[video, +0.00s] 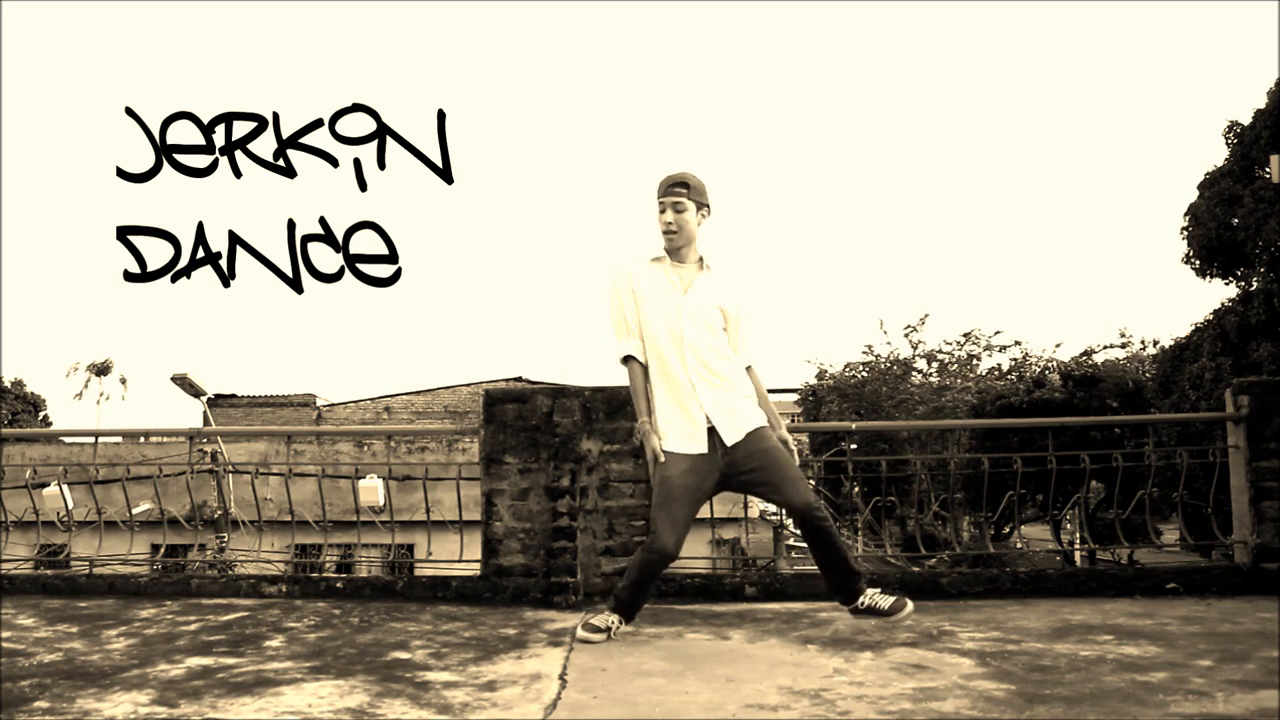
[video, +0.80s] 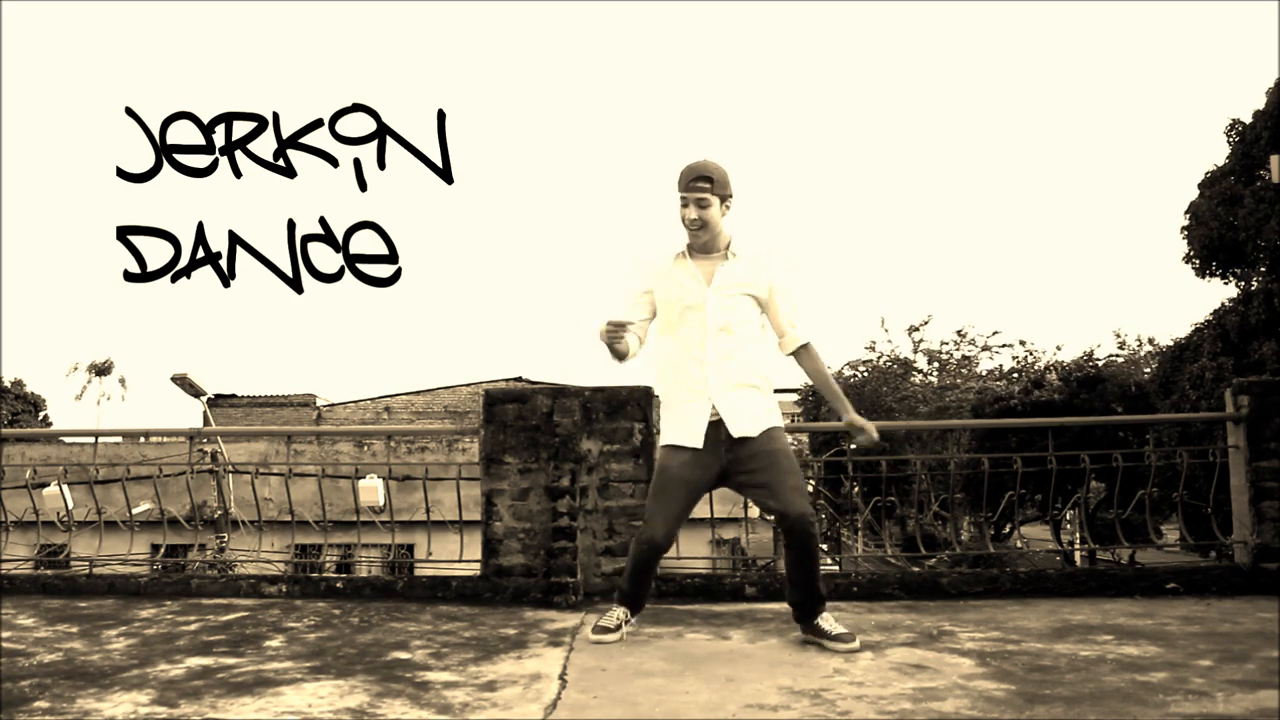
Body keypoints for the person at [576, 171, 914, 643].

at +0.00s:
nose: (667, 218)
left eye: (678, 209)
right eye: (661, 210)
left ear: (701, 216)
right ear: (656, 219)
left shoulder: (721, 285)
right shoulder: (636, 281)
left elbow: (746, 364)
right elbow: (634, 359)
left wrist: (777, 425)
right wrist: (644, 422)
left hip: (742, 423)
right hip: (681, 431)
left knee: (807, 504)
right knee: (664, 545)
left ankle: (856, 595)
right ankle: (616, 613)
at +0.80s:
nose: (691, 213)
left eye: (701, 203)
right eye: (684, 204)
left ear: (725, 206)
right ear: (677, 208)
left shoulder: (756, 273)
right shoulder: (659, 277)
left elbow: (799, 346)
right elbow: (629, 344)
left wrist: (847, 413)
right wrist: (617, 340)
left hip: (754, 424)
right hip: (685, 427)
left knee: (799, 518)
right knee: (653, 535)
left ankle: (811, 617)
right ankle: (626, 609)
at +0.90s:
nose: (718, 203)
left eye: (728, 193)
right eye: (710, 194)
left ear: (751, 197)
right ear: (703, 200)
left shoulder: (778, 271)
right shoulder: (681, 271)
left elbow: (826, 335)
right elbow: (662, 346)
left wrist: (881, 387)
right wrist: (615, 333)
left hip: (767, 411)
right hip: (701, 415)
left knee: (808, 509)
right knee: (680, 517)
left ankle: (815, 617)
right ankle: (626, 596)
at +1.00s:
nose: (743, 195)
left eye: (753, 185)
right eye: (735, 186)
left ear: (776, 190)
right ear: (728, 192)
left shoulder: (794, 262)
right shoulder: (701, 256)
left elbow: (815, 322)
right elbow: (696, 325)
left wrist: (842, 364)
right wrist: (678, 348)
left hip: (773, 391)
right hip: (716, 391)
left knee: (817, 499)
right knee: (730, 492)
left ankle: (817, 615)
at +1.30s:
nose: (719, 156)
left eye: (729, 146)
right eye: (713, 148)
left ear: (757, 149)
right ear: (708, 155)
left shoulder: (784, 224)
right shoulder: (686, 216)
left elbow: (802, 303)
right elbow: (658, 288)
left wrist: (806, 369)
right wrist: (674, 350)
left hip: (772, 384)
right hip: (705, 379)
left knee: (809, 486)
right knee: (679, 488)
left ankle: (796, 616)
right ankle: (657, 553)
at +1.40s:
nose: (696, 153)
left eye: (706, 142)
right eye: (690, 144)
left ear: (734, 142)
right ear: (686, 148)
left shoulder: (764, 211)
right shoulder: (667, 207)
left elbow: (783, 278)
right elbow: (641, 271)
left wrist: (790, 341)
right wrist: (648, 330)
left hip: (750, 376)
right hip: (682, 374)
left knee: (799, 473)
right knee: (649, 485)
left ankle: (799, 606)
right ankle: (625, 561)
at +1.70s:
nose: (632, 139)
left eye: (638, 126)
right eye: (624, 132)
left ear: (667, 120)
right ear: (622, 136)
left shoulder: (719, 181)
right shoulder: (626, 194)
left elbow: (767, 215)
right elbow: (605, 254)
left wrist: (782, 267)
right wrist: (597, 306)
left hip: (728, 351)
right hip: (662, 356)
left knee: (753, 464)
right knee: (641, 472)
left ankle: (720, 584)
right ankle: (606, 593)